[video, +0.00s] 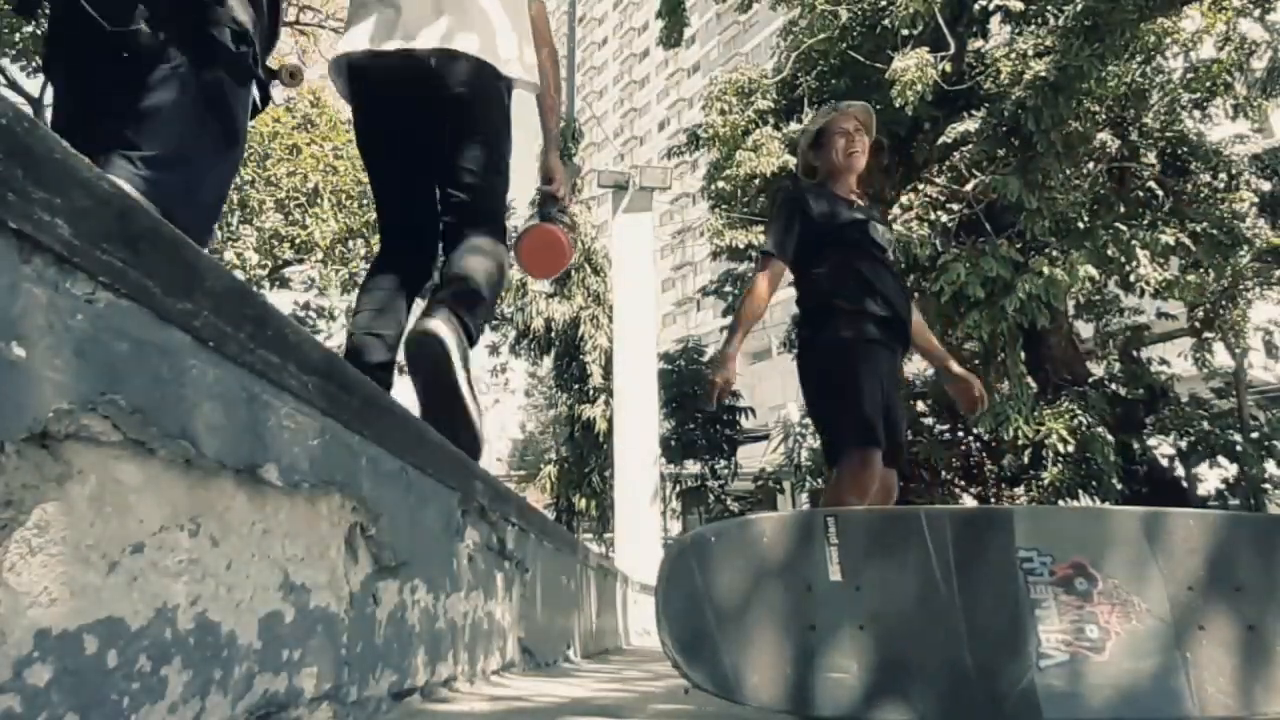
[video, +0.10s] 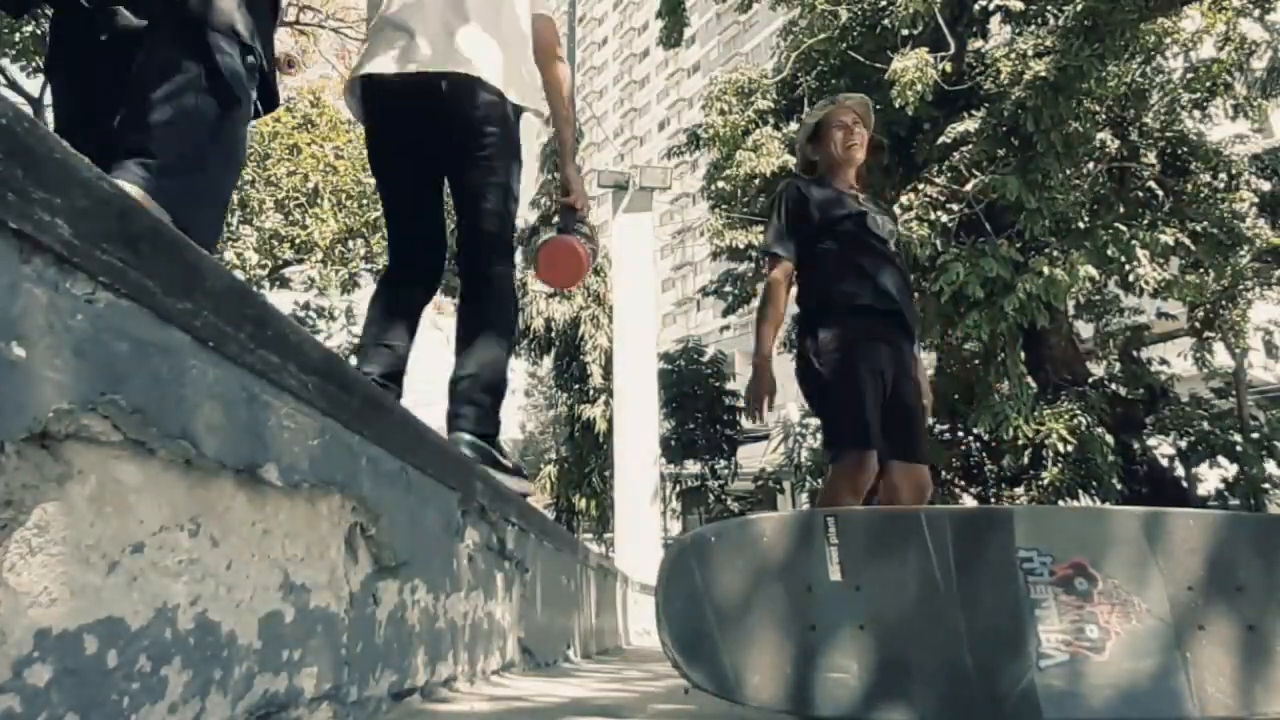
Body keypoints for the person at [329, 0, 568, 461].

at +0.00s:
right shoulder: (519, 6)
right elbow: (543, 50)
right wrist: (551, 146)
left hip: (373, 50)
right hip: (471, 48)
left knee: (403, 238)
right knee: (477, 227)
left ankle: (358, 387)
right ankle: (448, 326)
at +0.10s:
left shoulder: (394, 7)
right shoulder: (530, 5)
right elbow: (552, 60)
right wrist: (569, 169)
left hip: (388, 85)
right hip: (480, 85)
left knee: (412, 257)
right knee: (489, 269)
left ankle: (369, 392)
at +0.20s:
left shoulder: (409, 8)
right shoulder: (532, 9)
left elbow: (392, 48)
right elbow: (560, 72)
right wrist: (584, 178)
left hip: (403, 110)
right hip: (492, 113)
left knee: (425, 287)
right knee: (498, 296)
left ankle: (378, 438)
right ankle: (495, 475)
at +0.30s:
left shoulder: (423, 8)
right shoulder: (536, 16)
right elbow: (573, 95)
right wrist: (599, 197)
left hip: (422, 131)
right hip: (509, 140)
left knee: (448, 304)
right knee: (507, 320)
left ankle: (402, 432)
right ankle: (494, 473)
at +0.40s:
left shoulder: (430, 10)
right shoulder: (536, 27)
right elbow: (578, 105)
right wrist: (603, 196)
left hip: (436, 152)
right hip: (518, 155)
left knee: (459, 316)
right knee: (512, 327)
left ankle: (415, 447)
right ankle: (493, 474)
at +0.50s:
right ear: (527, 5)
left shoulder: (447, 7)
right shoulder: (542, 30)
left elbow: (406, 2)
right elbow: (578, 105)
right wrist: (608, 202)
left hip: (445, 160)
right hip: (523, 167)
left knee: (464, 323)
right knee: (516, 329)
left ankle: (426, 450)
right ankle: (494, 473)